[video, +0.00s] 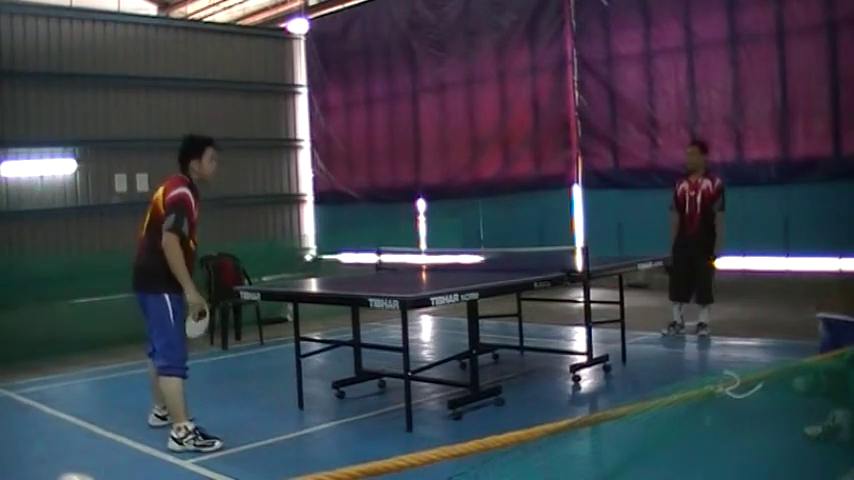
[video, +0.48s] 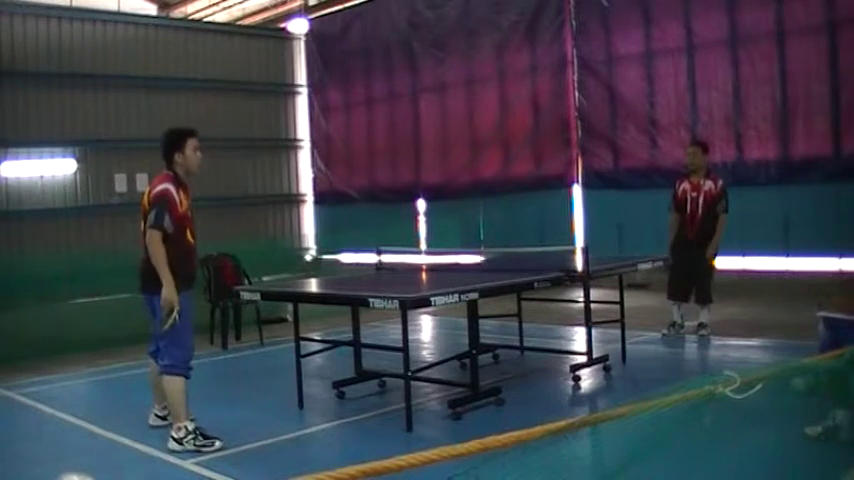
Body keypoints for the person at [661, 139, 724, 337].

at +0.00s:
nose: (689, 159)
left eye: (693, 154)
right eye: (688, 154)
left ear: (703, 158)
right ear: (685, 158)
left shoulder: (714, 185)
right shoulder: (680, 185)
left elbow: (719, 217)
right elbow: (675, 216)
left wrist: (718, 245)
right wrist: (673, 243)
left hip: (704, 242)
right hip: (683, 241)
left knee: (703, 282)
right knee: (678, 279)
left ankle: (703, 321)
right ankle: (677, 320)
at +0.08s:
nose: (689, 159)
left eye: (693, 154)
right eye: (688, 154)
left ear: (703, 158)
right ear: (685, 158)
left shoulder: (715, 185)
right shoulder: (681, 186)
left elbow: (719, 218)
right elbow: (675, 216)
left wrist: (714, 247)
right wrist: (673, 243)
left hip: (704, 242)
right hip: (683, 241)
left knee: (703, 283)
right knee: (678, 280)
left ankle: (703, 321)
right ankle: (677, 320)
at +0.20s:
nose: (690, 159)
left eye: (694, 155)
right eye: (688, 155)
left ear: (704, 157)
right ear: (686, 158)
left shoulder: (715, 185)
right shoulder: (680, 185)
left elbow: (720, 216)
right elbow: (675, 215)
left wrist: (712, 242)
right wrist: (672, 242)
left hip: (704, 242)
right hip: (683, 241)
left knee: (703, 283)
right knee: (677, 281)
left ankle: (703, 321)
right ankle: (676, 320)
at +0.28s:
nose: (690, 159)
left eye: (694, 155)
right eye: (688, 155)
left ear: (704, 158)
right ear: (686, 158)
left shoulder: (716, 185)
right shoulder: (680, 185)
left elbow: (721, 216)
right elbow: (675, 215)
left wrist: (712, 242)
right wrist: (672, 242)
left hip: (704, 242)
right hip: (682, 242)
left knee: (703, 283)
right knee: (677, 281)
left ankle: (703, 321)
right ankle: (677, 320)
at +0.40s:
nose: (690, 159)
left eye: (694, 155)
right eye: (688, 155)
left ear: (704, 157)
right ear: (686, 158)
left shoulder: (716, 185)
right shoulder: (680, 185)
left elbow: (720, 218)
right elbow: (675, 216)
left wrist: (713, 246)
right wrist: (671, 243)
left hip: (704, 245)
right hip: (682, 243)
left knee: (703, 285)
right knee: (677, 283)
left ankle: (703, 322)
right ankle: (676, 320)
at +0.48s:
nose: (690, 159)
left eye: (694, 155)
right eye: (688, 155)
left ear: (705, 158)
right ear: (686, 158)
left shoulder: (716, 186)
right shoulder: (681, 185)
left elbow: (721, 218)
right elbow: (675, 215)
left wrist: (713, 245)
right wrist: (671, 242)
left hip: (704, 245)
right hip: (682, 243)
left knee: (703, 286)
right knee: (676, 284)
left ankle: (703, 322)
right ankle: (676, 321)